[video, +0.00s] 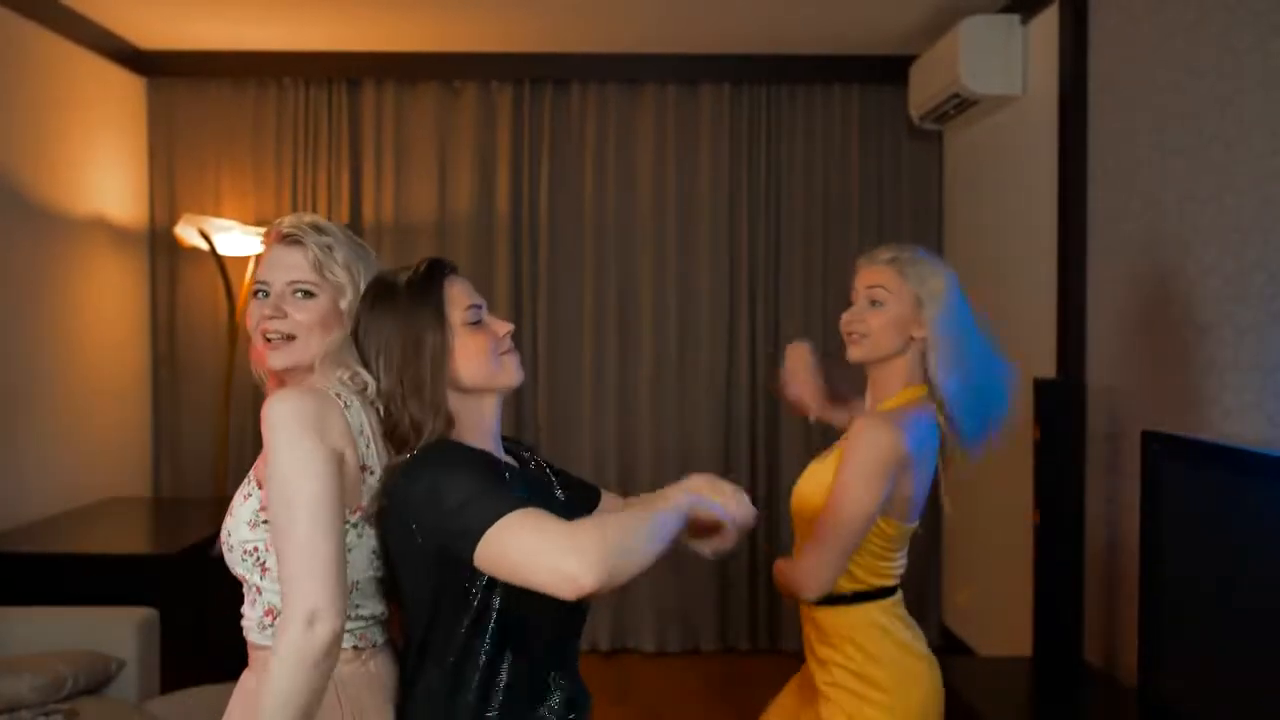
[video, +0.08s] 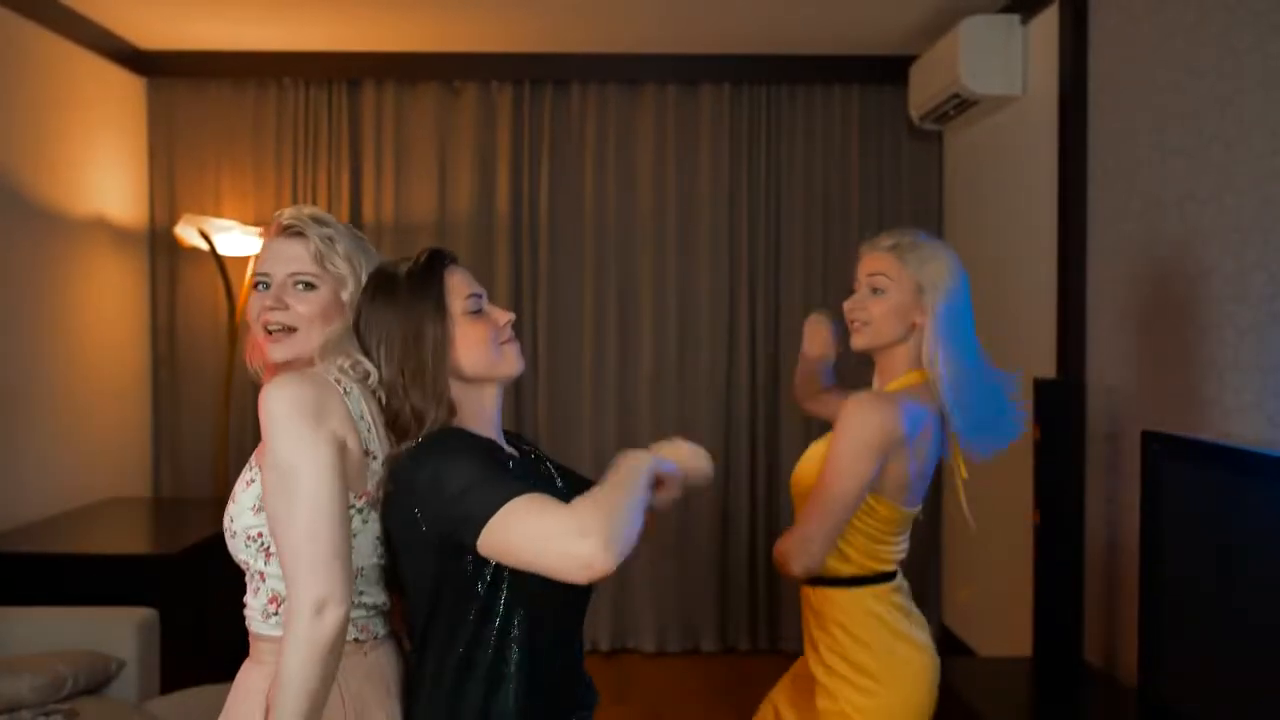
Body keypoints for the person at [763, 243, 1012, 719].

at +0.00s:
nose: (849, 317)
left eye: (874, 302)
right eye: (852, 303)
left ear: (920, 326)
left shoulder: (877, 432)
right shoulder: (917, 415)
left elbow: (809, 580)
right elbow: (871, 419)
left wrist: (780, 567)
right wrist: (819, 407)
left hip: (868, 683)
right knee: (775, 714)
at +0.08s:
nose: (851, 305)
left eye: (876, 290)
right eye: (855, 290)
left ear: (922, 313)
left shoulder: (872, 412)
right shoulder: (919, 404)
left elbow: (799, 557)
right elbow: (814, 397)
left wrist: (787, 545)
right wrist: (815, 358)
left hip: (867, 669)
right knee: (772, 713)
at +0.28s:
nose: (860, 265)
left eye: (883, 249)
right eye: (865, 250)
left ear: (934, 261)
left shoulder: (869, 351)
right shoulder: (950, 360)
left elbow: (778, 487)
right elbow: (828, 382)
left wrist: (836, 489)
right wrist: (826, 284)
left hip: (860, 623)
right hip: (909, 607)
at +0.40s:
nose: (864, 258)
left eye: (886, 243)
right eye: (869, 243)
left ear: (940, 255)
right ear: (941, 258)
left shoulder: (869, 340)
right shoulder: (961, 357)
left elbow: (775, 465)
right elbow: (840, 389)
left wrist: (832, 476)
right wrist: (813, 293)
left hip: (857, 612)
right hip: (917, 599)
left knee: (826, 711)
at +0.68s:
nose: (867, 296)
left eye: (880, 285)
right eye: (875, 283)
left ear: (916, 306)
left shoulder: (851, 410)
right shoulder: (975, 419)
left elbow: (777, 521)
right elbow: (888, 403)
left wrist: (860, 526)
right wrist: (794, 368)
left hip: (864, 658)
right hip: (943, 645)